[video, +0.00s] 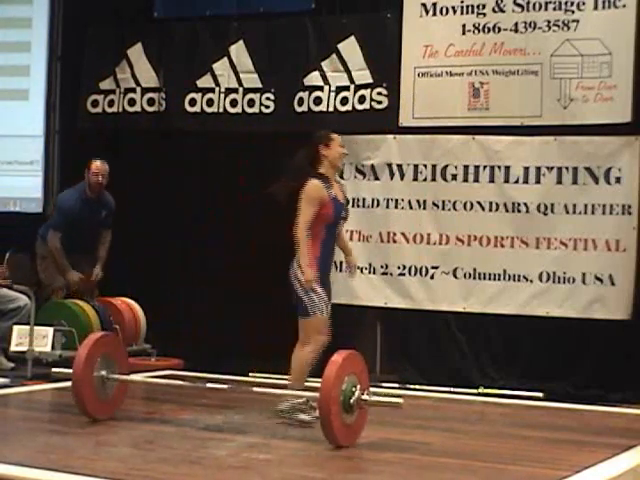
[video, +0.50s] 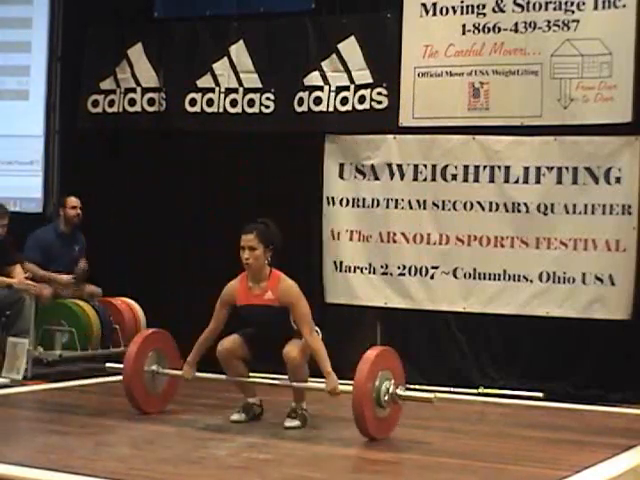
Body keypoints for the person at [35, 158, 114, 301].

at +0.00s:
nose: (100, 180)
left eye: (103, 176)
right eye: (95, 175)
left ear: (107, 178)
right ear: (87, 175)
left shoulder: (107, 203)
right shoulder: (68, 200)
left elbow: (105, 236)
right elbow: (53, 239)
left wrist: (99, 265)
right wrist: (68, 272)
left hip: (81, 246)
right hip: (51, 245)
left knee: (88, 288)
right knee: (57, 287)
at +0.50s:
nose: (78, 212)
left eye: (80, 208)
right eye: (73, 208)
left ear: (81, 210)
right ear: (61, 211)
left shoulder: (79, 238)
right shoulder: (41, 236)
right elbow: (28, 265)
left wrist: (82, 269)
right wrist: (56, 278)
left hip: (69, 285)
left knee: (95, 292)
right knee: (46, 293)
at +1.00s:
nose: (86, 211)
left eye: (86, 207)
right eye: (81, 207)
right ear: (68, 209)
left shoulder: (80, 240)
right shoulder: (46, 233)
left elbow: (81, 268)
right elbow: (35, 265)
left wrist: (76, 285)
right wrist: (57, 287)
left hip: (67, 281)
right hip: (44, 280)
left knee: (95, 292)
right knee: (45, 293)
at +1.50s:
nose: (91, 213)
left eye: (91, 209)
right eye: (86, 209)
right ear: (74, 211)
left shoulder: (83, 242)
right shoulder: (52, 231)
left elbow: (83, 268)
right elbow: (40, 262)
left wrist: (78, 283)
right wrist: (61, 284)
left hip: (69, 282)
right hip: (44, 280)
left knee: (95, 292)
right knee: (48, 292)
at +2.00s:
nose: (92, 214)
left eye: (92, 210)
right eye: (87, 209)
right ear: (75, 211)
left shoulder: (83, 242)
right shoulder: (52, 231)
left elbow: (83, 269)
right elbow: (40, 261)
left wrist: (78, 282)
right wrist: (61, 282)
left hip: (69, 283)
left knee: (95, 292)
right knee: (47, 292)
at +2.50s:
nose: (78, 211)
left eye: (81, 208)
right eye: (74, 206)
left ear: (84, 213)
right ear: (64, 211)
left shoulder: (82, 242)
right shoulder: (46, 234)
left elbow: (83, 269)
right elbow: (37, 268)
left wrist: (78, 283)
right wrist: (60, 286)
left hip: (68, 283)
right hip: (45, 280)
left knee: (96, 292)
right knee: (48, 292)